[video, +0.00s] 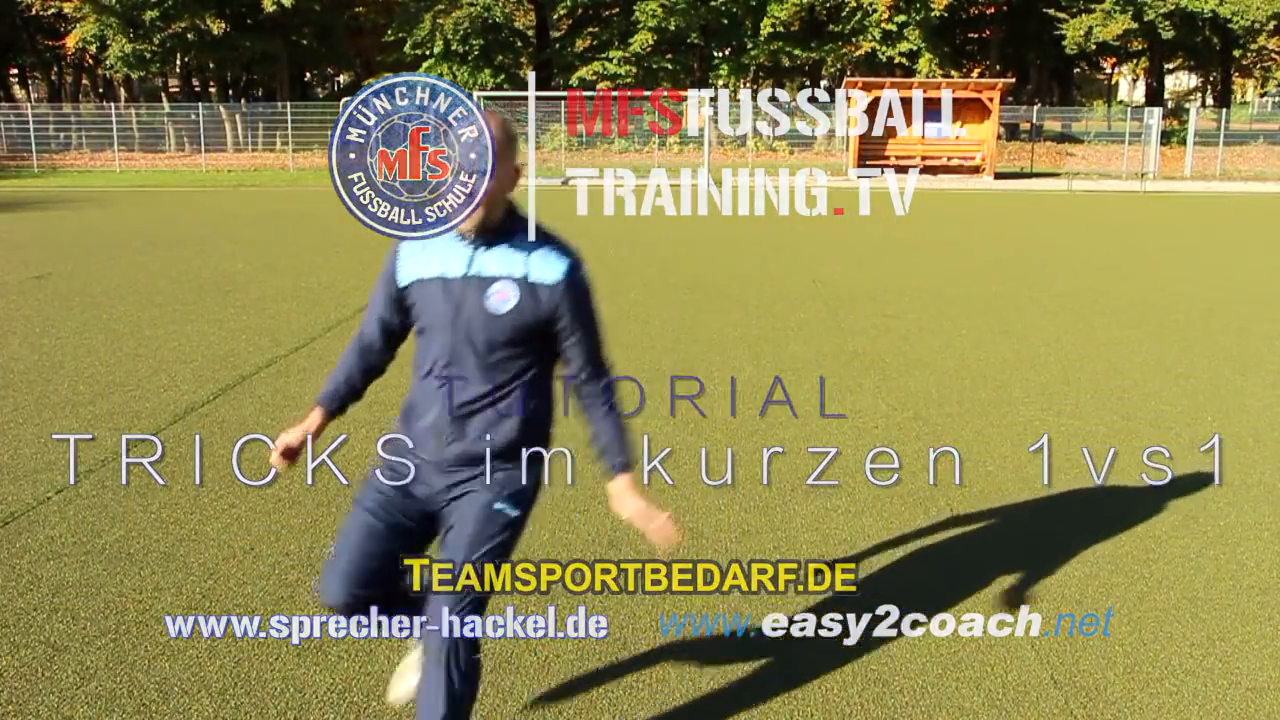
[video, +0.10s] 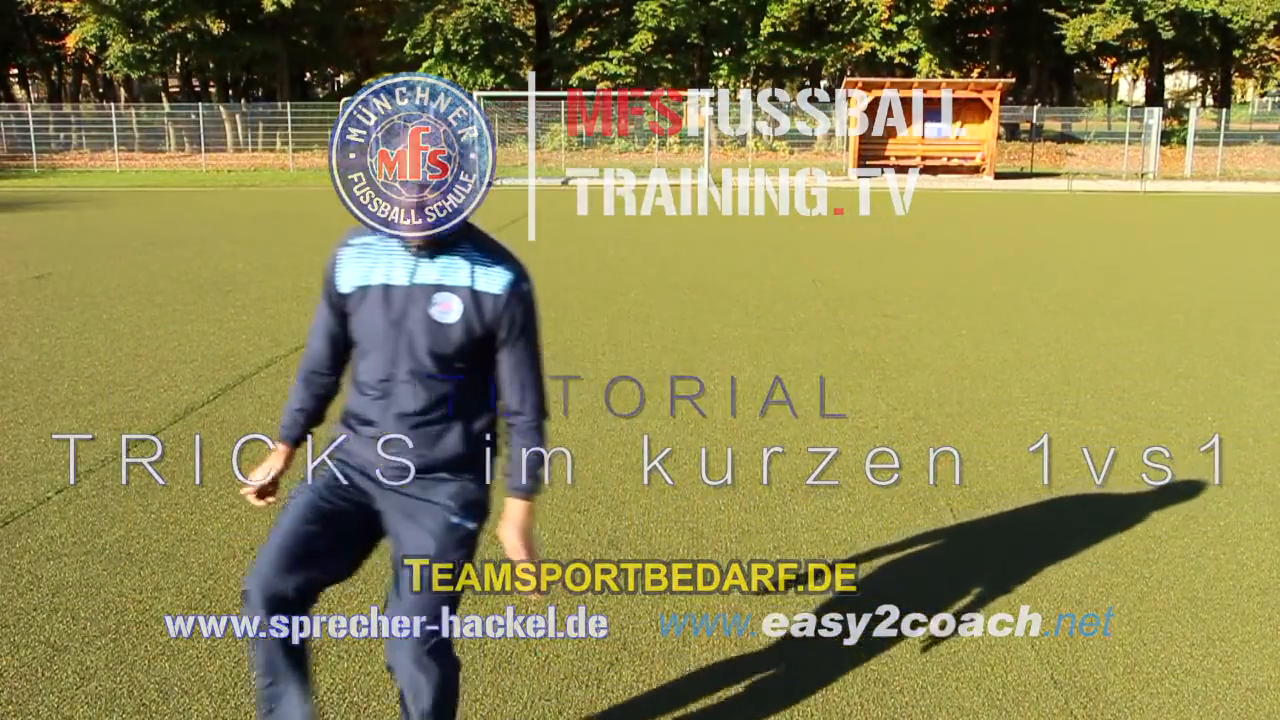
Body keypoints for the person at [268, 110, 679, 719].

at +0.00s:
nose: (472, 183)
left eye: (487, 168)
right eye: (461, 167)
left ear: (514, 175)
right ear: (444, 171)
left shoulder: (551, 267)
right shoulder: (415, 253)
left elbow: (591, 380)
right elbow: (371, 342)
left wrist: (621, 479)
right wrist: (317, 415)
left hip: (495, 473)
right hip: (411, 460)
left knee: (450, 620)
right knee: (345, 590)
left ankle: (439, 712)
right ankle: (441, 620)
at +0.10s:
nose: (412, 200)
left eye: (428, 185)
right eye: (399, 185)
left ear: (456, 186)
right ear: (378, 185)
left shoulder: (499, 281)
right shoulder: (353, 258)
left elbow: (524, 406)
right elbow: (319, 366)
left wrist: (519, 508)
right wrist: (282, 450)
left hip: (443, 486)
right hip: (353, 469)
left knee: (413, 639)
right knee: (268, 591)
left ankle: (431, 712)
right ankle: (286, 713)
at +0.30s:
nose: (335, 136)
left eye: (351, 122)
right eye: (322, 119)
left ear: (370, 127)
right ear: (295, 115)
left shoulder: (390, 214)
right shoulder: (231, 194)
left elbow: (416, 323)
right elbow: (183, 306)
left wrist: (395, 415)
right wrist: (156, 410)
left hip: (338, 434)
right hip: (232, 421)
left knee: (379, 605)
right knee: (168, 585)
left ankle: (400, 716)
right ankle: (184, 679)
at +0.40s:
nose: (299, 140)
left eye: (314, 125)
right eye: (283, 122)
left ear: (332, 127)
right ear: (248, 117)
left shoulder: (340, 219)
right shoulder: (173, 199)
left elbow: (351, 332)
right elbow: (98, 304)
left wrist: (358, 431)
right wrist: (58, 422)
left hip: (292, 447)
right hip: (184, 444)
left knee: (356, 623)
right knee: (136, 624)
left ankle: (371, 717)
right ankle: (86, 714)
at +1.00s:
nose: (316, 150)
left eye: (319, 137)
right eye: (305, 138)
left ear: (275, 132)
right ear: (261, 129)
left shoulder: (265, 194)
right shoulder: (194, 207)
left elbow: (245, 313)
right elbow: (144, 334)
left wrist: (261, 401)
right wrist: (154, 442)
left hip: (256, 415)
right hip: (212, 425)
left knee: (247, 576)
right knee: (250, 588)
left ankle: (213, 697)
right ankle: (204, 711)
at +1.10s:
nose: (330, 143)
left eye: (331, 130)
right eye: (319, 131)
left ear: (284, 125)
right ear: (275, 123)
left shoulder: (271, 191)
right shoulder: (215, 201)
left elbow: (277, 303)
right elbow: (172, 330)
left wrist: (294, 384)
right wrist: (185, 435)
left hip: (263, 400)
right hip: (226, 410)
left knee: (233, 561)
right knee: (307, 561)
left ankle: (204, 699)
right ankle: (287, 710)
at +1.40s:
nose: (362, 136)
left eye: (362, 123)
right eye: (352, 124)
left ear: (311, 129)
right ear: (326, 128)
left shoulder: (288, 191)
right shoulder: (310, 200)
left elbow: (303, 313)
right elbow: (281, 323)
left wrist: (347, 389)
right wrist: (285, 424)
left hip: (281, 402)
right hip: (322, 405)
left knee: (255, 544)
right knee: (389, 519)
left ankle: (207, 694)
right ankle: (408, 649)